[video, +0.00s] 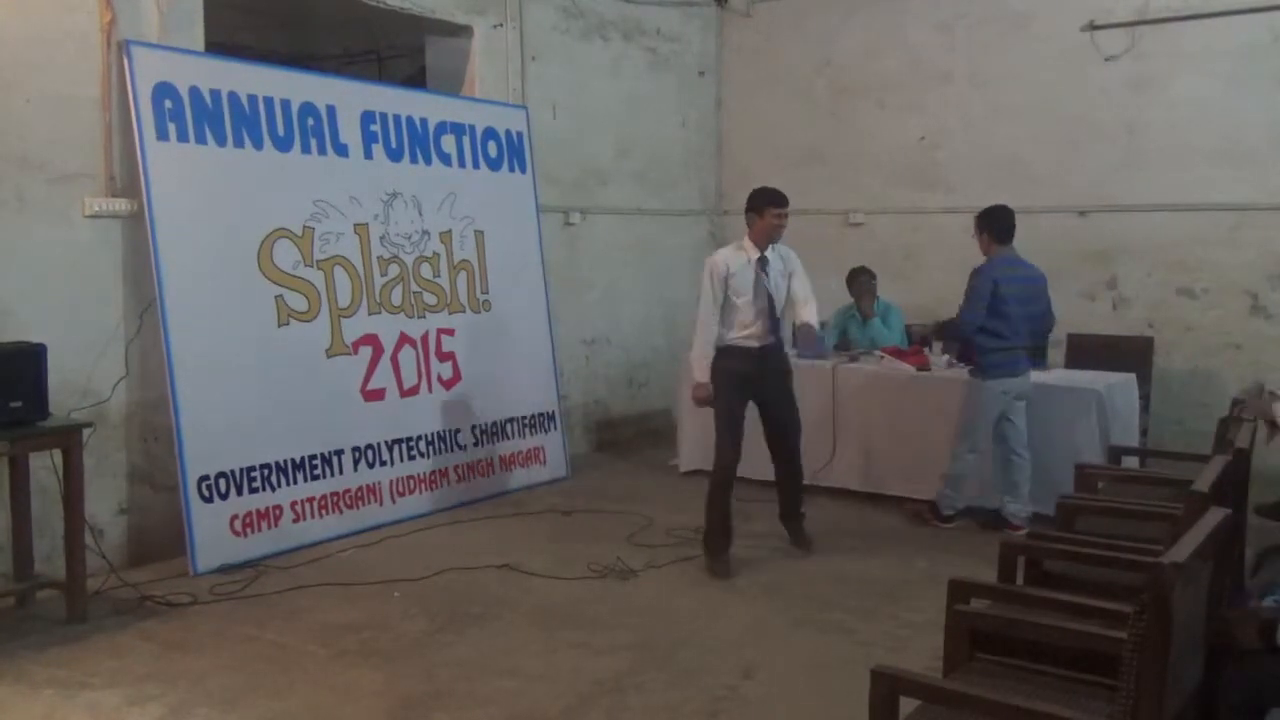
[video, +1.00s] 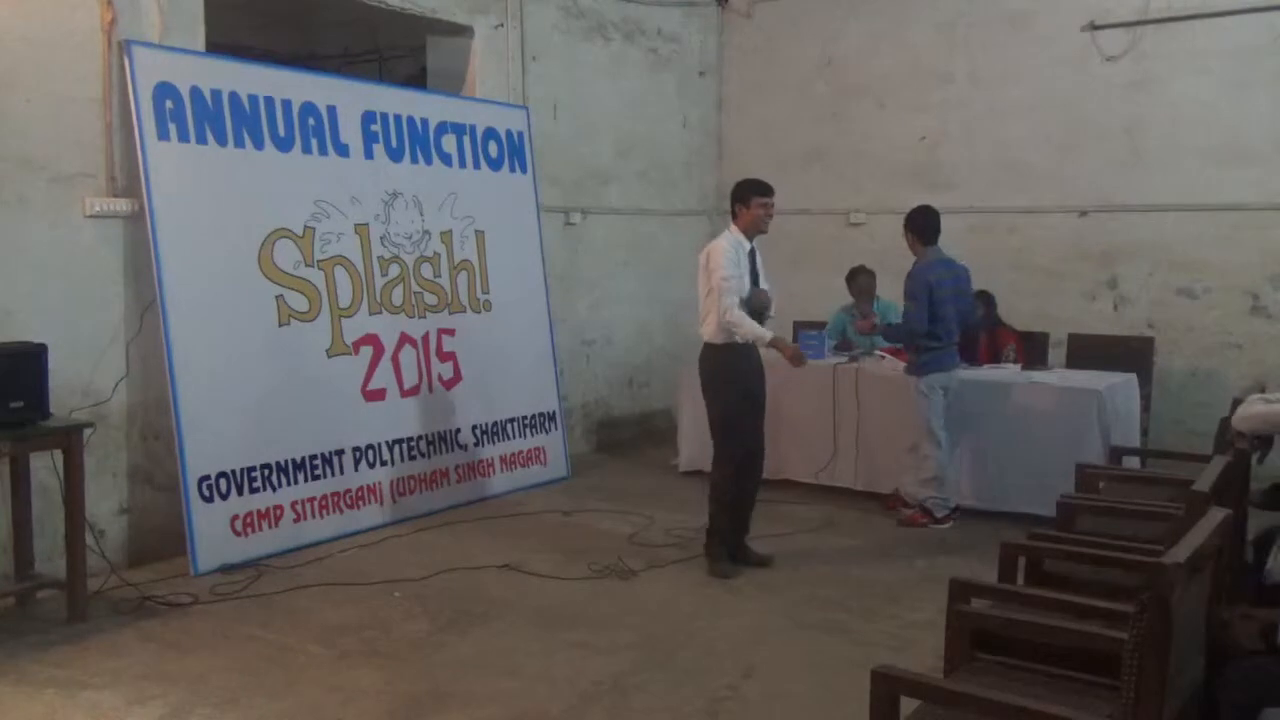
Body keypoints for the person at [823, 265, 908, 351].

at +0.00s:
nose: (865, 290)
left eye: (869, 285)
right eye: (859, 286)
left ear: (875, 287)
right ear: (851, 291)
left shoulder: (891, 312)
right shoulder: (843, 315)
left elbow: (894, 348)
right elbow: (828, 346)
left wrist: (871, 316)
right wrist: (838, 347)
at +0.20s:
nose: (863, 293)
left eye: (867, 287)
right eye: (858, 289)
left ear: (874, 287)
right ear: (850, 293)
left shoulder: (893, 312)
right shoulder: (843, 315)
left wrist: (876, 318)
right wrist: (837, 346)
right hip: (852, 369)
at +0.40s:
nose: (864, 290)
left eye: (868, 285)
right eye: (858, 286)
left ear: (873, 287)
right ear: (850, 292)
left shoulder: (890, 312)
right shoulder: (843, 315)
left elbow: (902, 346)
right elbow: (824, 341)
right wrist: (836, 345)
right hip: (851, 369)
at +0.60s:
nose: (865, 290)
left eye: (869, 285)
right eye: (859, 286)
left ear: (875, 287)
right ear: (850, 292)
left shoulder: (891, 309)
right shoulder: (844, 314)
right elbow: (827, 339)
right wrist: (837, 345)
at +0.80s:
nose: (864, 293)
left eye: (868, 287)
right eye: (859, 289)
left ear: (874, 288)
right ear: (850, 292)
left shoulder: (890, 310)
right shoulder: (843, 315)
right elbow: (826, 341)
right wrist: (837, 346)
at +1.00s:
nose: (865, 294)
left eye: (868, 289)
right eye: (859, 290)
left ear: (875, 288)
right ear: (850, 292)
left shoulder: (891, 309)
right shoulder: (843, 314)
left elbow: (899, 338)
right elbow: (828, 339)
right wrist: (838, 345)